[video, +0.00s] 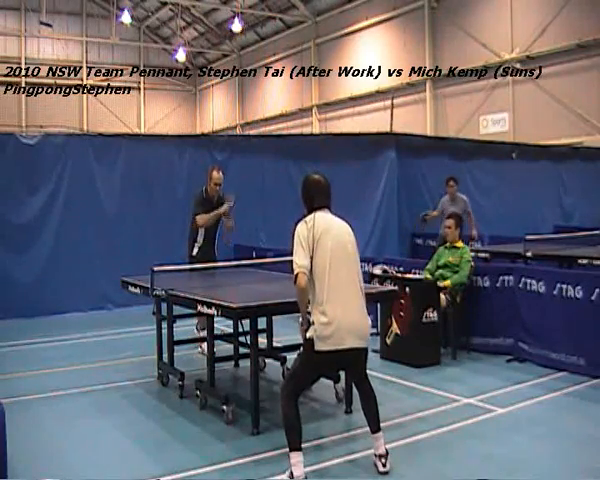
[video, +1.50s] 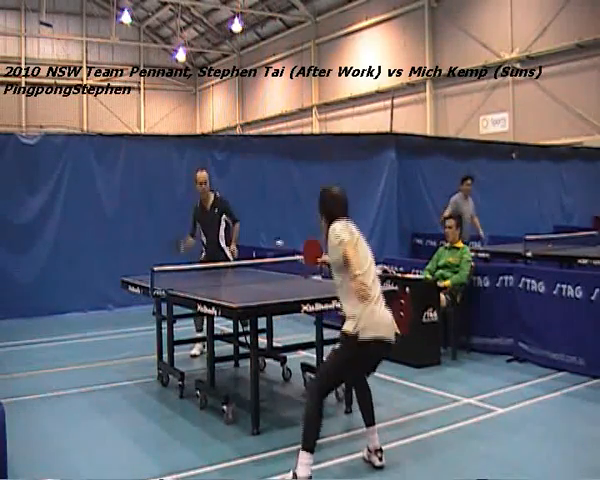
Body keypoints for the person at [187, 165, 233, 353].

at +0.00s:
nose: (217, 188)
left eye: (220, 184)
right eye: (215, 184)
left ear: (223, 183)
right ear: (208, 181)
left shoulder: (220, 198)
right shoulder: (201, 197)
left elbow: (226, 225)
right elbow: (200, 220)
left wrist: (227, 219)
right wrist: (221, 210)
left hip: (211, 250)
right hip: (197, 250)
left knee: (210, 291)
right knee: (201, 293)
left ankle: (204, 328)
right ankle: (201, 331)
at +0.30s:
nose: (223, 185)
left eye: (224, 182)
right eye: (220, 181)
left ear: (225, 182)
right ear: (212, 180)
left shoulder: (219, 196)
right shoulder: (205, 197)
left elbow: (222, 217)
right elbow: (214, 218)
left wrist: (230, 215)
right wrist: (231, 207)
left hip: (208, 249)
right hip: (199, 250)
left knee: (210, 291)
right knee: (204, 293)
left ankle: (204, 327)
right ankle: (203, 334)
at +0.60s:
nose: (227, 195)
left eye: (229, 192)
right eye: (225, 191)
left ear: (229, 191)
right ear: (217, 188)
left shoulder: (224, 207)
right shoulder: (209, 196)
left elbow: (222, 233)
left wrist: (226, 253)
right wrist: (207, 213)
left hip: (209, 249)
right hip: (197, 248)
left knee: (208, 288)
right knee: (201, 289)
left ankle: (200, 327)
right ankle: (200, 334)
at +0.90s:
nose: (222, 182)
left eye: (225, 179)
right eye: (220, 178)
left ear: (227, 181)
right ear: (214, 177)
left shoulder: (225, 201)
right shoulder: (205, 193)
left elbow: (225, 227)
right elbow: (183, 198)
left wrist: (224, 249)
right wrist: (186, 221)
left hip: (213, 248)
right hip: (199, 247)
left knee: (212, 286)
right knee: (198, 288)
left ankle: (206, 326)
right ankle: (198, 327)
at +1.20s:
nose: (210, 172)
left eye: (212, 169)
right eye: (207, 169)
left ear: (216, 170)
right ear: (202, 171)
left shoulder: (221, 191)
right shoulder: (196, 194)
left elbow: (227, 215)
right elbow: (184, 212)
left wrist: (228, 235)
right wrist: (181, 219)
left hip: (219, 247)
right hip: (202, 248)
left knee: (218, 287)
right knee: (202, 289)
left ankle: (216, 323)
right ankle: (208, 330)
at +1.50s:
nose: (202, 187)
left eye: (204, 183)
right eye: (199, 184)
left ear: (209, 184)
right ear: (195, 185)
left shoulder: (221, 203)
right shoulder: (198, 208)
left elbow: (235, 222)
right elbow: (194, 234)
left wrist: (233, 243)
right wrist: (186, 244)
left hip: (224, 257)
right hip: (207, 257)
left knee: (233, 295)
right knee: (199, 297)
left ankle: (249, 334)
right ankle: (199, 339)